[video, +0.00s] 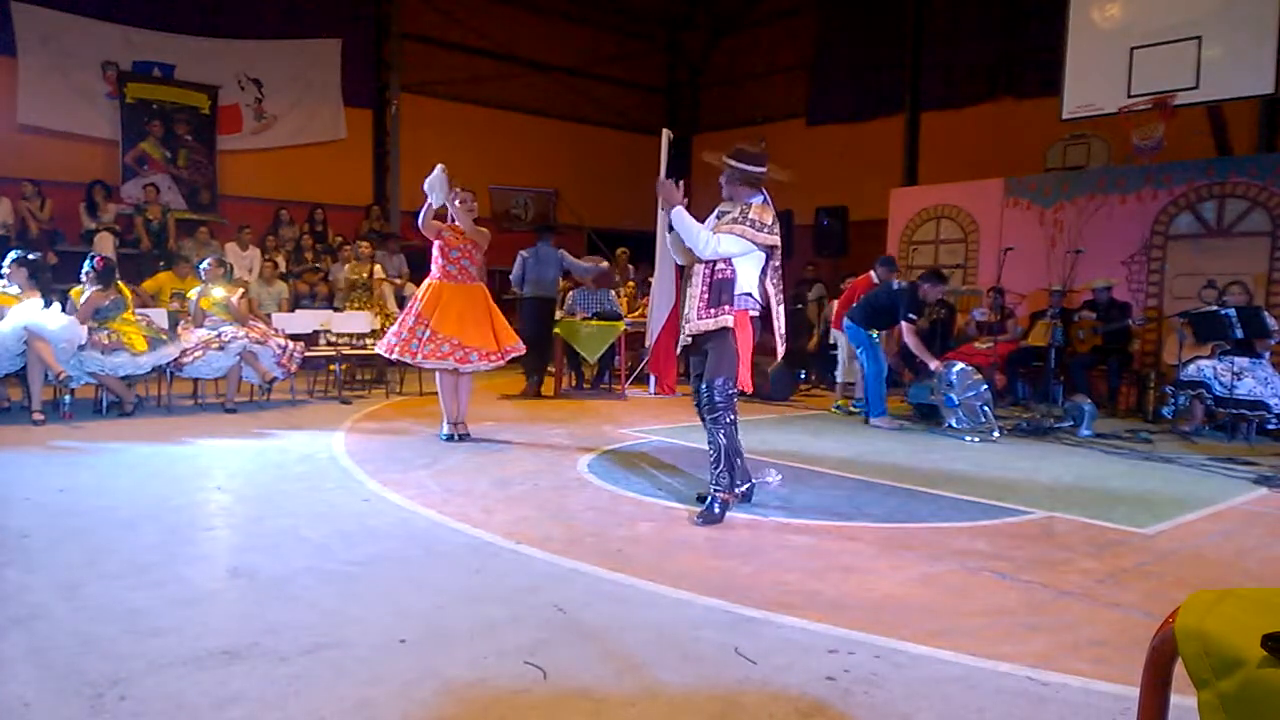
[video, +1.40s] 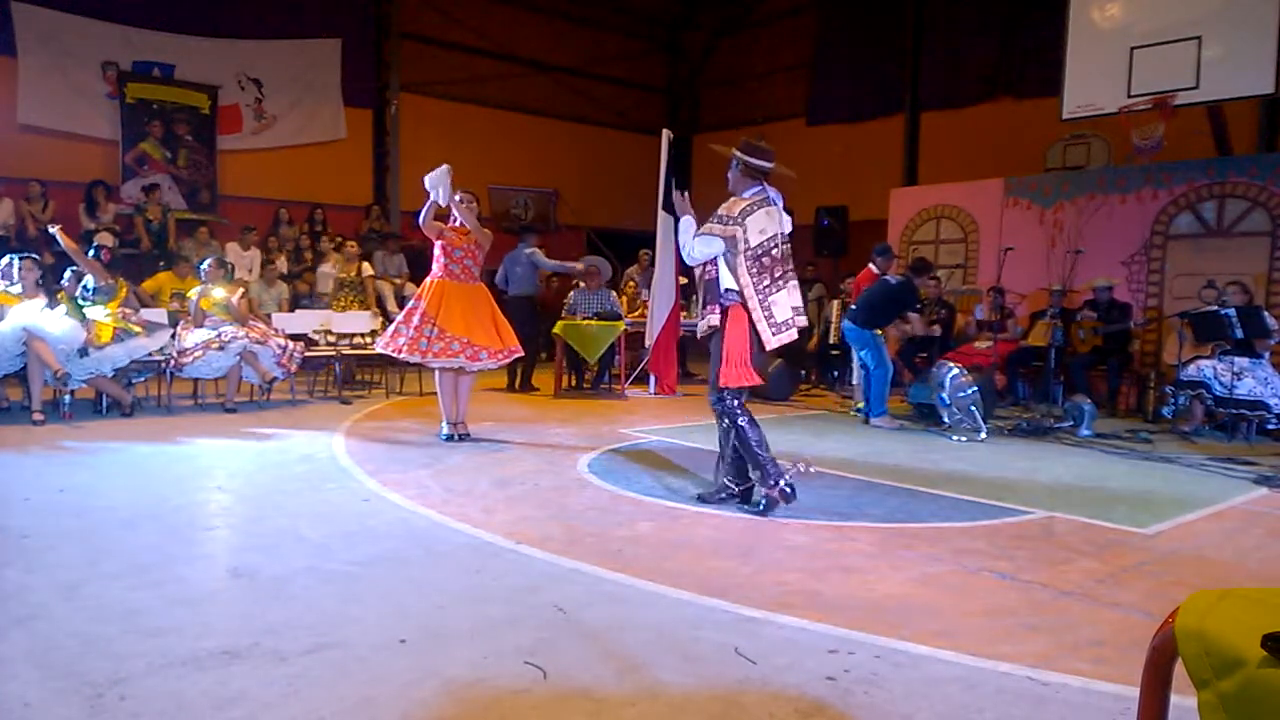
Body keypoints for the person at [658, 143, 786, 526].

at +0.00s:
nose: (721, 182)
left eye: (727, 177)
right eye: (722, 176)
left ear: (743, 182)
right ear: (744, 180)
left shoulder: (755, 218)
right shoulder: (724, 213)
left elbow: (709, 247)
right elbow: (685, 255)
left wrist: (675, 208)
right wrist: (671, 216)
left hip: (733, 316)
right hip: (706, 315)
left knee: (717, 402)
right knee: (706, 401)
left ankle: (719, 492)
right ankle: (739, 478)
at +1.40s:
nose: (727, 173)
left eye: (731, 168)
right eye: (730, 167)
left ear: (740, 172)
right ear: (761, 175)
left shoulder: (734, 212)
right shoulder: (771, 205)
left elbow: (693, 251)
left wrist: (686, 216)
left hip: (738, 312)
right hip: (755, 310)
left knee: (726, 398)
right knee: (727, 397)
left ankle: (774, 482)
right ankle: (734, 484)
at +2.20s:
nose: (752, 197)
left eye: (755, 192)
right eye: (755, 191)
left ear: (762, 195)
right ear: (788, 196)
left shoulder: (749, 235)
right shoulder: (806, 234)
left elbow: (711, 279)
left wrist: (714, 243)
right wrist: (727, 241)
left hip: (751, 336)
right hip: (790, 335)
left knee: (720, 412)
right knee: (756, 404)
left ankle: (777, 481)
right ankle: (750, 481)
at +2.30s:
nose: (754, 198)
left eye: (757, 193)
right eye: (757, 192)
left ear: (764, 197)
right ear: (790, 198)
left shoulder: (750, 237)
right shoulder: (809, 237)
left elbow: (711, 278)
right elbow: (763, 270)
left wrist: (710, 241)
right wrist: (738, 236)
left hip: (752, 338)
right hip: (791, 337)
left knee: (718, 413)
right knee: (758, 402)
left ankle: (778, 481)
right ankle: (750, 481)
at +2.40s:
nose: (756, 200)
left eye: (759, 195)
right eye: (760, 195)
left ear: (765, 199)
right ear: (793, 202)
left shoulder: (752, 239)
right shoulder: (811, 241)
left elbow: (713, 280)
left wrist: (711, 242)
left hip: (752, 340)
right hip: (790, 341)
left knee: (716, 414)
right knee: (758, 406)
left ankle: (777, 480)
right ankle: (750, 482)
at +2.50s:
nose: (759, 203)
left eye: (763, 199)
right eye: (762, 198)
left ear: (770, 204)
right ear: (795, 205)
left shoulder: (754, 242)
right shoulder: (811, 242)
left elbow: (715, 280)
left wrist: (715, 242)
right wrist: (741, 241)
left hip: (752, 342)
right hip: (790, 343)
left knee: (713, 415)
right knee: (760, 406)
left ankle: (776, 479)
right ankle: (750, 483)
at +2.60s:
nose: (765, 205)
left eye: (769, 200)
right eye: (768, 199)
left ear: (778, 204)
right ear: (799, 209)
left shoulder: (757, 244)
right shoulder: (814, 246)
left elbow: (718, 281)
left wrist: (722, 244)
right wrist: (737, 246)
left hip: (752, 346)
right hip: (791, 347)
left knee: (711, 416)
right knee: (760, 406)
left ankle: (776, 479)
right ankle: (750, 483)